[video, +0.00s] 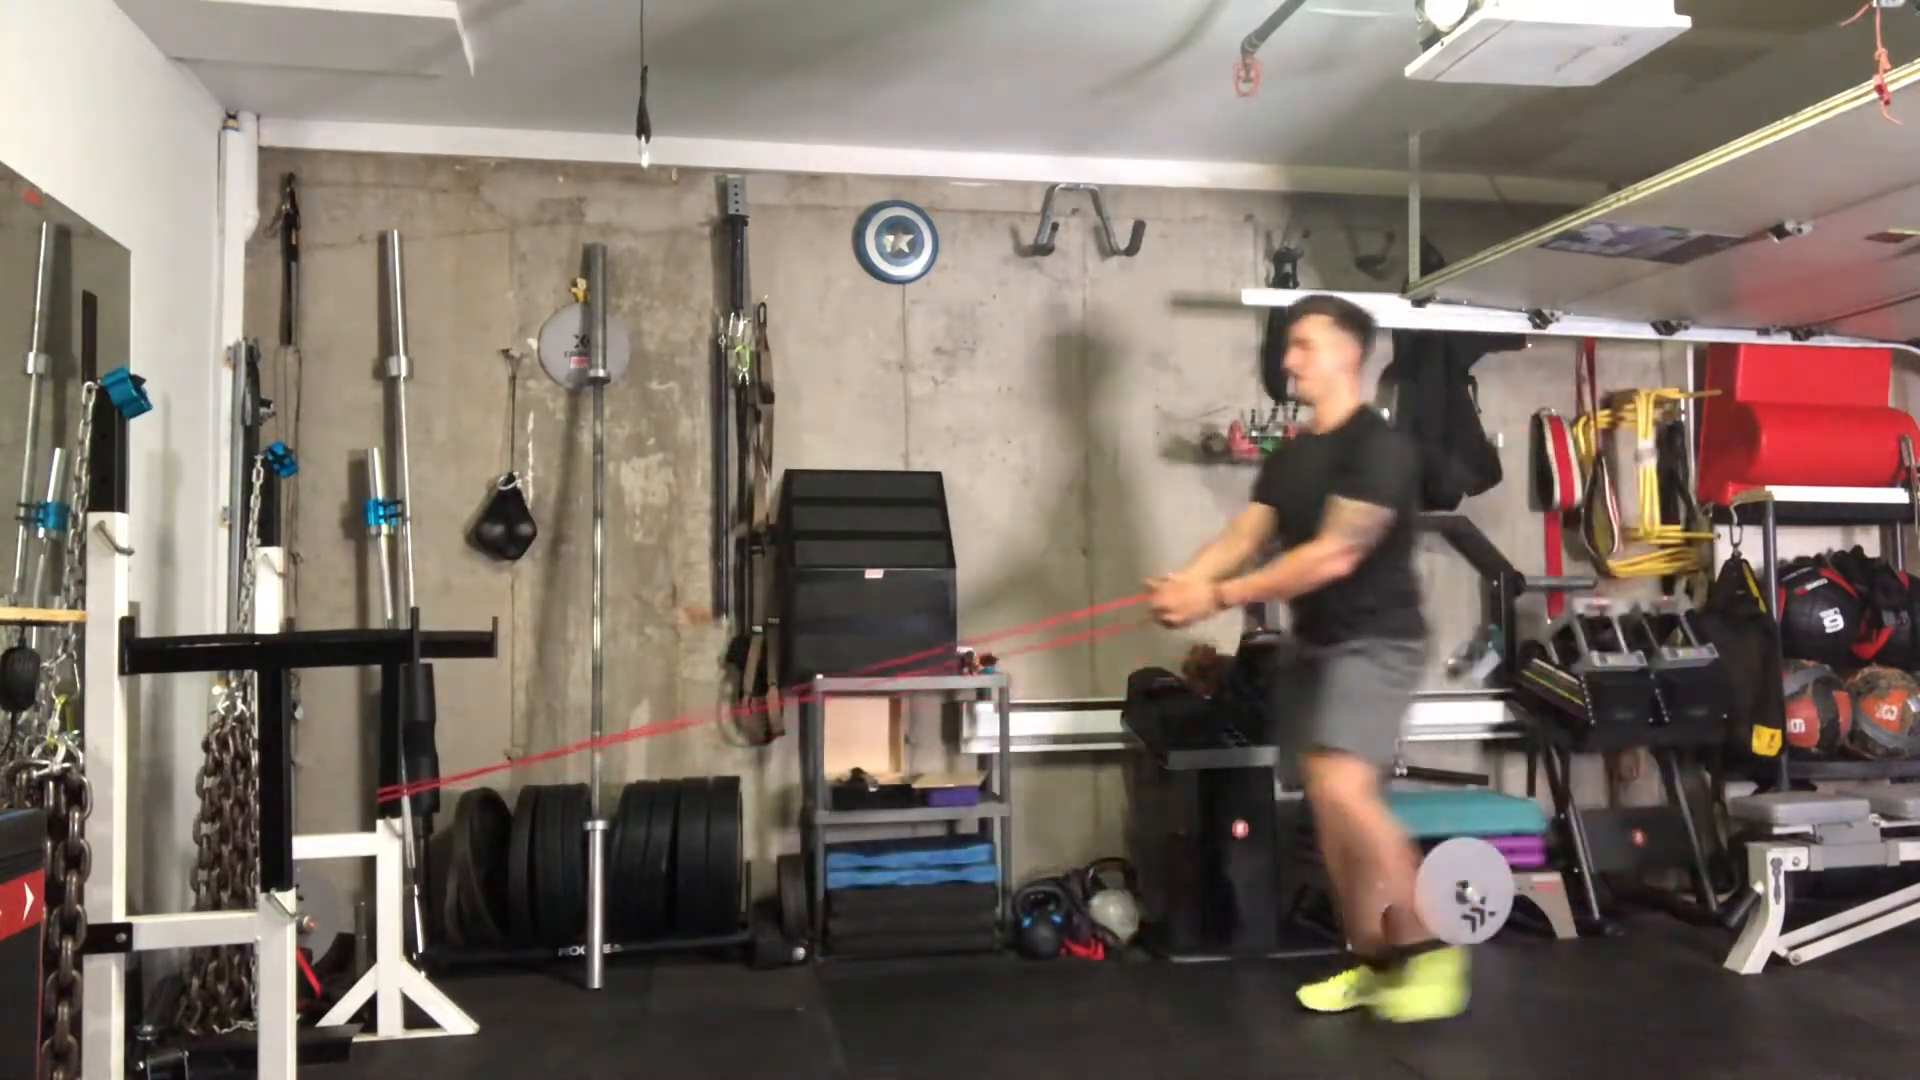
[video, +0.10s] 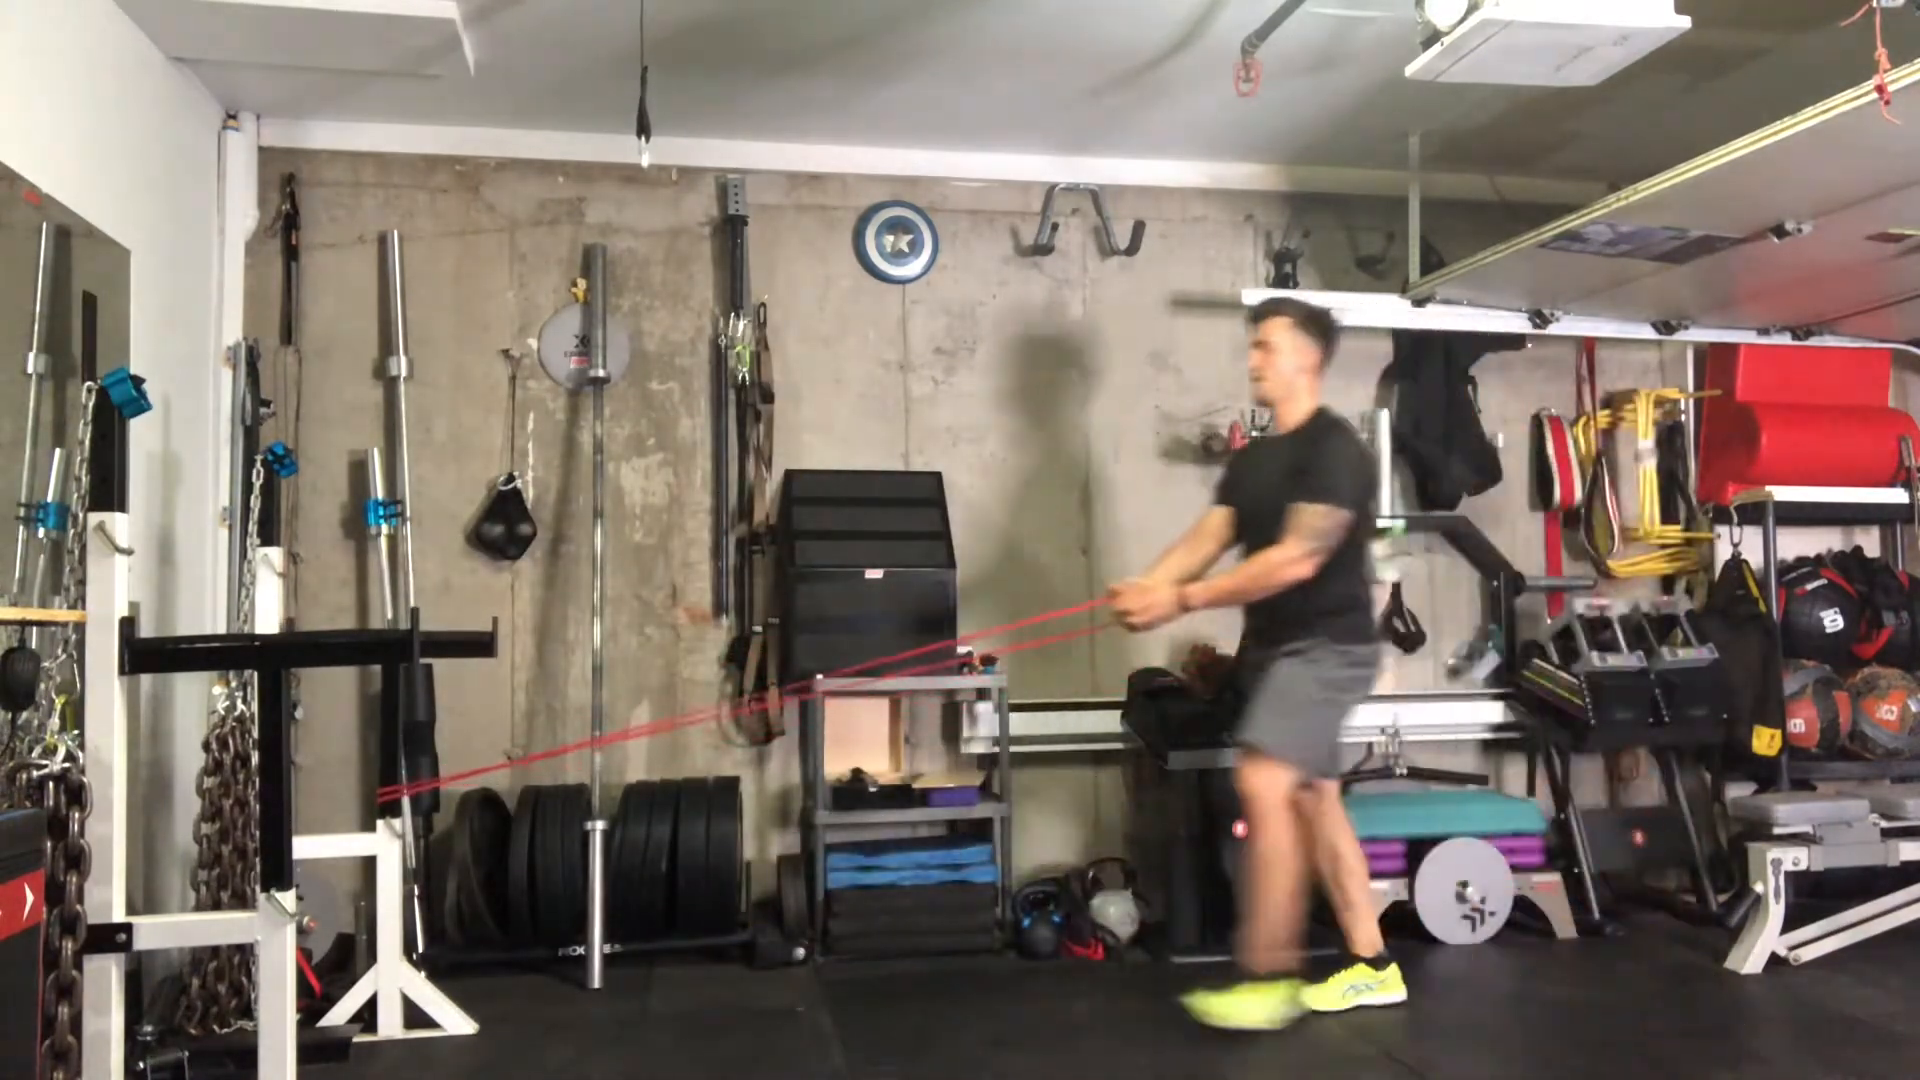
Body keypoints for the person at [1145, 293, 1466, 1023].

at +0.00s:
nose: (1291, 357)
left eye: (1307, 345)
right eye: (1288, 346)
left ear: (1354, 356)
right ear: (1288, 363)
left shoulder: (1382, 446)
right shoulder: (1291, 456)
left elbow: (1335, 554)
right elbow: (1245, 535)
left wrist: (1219, 595)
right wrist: (1188, 580)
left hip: (1377, 642)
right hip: (1317, 645)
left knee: (1340, 780)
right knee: (1328, 790)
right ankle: (1370, 958)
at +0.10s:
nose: (1254, 361)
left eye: (1267, 347)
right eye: (1253, 348)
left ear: (1313, 358)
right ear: (1263, 360)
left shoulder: (1338, 451)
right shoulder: (1250, 459)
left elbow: (1296, 560)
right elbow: (1209, 536)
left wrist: (1184, 598)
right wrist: (1151, 585)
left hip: (1328, 647)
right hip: (1275, 648)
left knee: (1264, 777)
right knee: (1315, 797)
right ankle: (1373, 962)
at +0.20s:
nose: (1212, 367)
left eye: (1227, 355)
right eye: (1213, 355)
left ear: (1274, 369)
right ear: (1228, 369)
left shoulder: (1289, 457)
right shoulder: (1215, 460)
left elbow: (1257, 572)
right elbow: (1173, 544)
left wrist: (1146, 614)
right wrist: (1113, 599)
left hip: (1276, 662)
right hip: (1236, 661)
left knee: (1205, 801)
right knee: (1294, 803)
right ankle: (1370, 956)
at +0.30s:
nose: (1166, 372)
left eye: (1182, 360)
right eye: (1169, 360)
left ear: (1225, 375)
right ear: (1193, 377)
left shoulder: (1236, 470)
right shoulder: (1171, 468)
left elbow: (1207, 591)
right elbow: (1128, 558)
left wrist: (1100, 634)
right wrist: (1073, 617)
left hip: (1210, 670)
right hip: (1178, 665)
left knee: (1136, 805)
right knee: (1229, 808)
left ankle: (1088, 987)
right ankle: (1353, 942)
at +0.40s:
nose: (1121, 365)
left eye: (1137, 354)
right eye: (1125, 352)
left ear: (1178, 371)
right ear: (1154, 371)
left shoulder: (1181, 470)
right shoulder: (1119, 467)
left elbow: (1155, 595)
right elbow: (1078, 562)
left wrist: (1050, 644)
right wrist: (1025, 628)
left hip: (1156, 669)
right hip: (1115, 666)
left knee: (1075, 798)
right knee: (1126, 812)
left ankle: (1080, 990)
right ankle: (1278, 906)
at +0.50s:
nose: (1078, 351)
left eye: (1095, 341)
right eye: (1083, 338)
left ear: (1136, 361)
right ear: (1105, 356)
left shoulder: (1130, 453)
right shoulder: (1081, 453)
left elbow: (1103, 580)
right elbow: (1037, 551)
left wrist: (1003, 628)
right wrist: (980, 613)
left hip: (1113, 663)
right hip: (1071, 658)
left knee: (1060, 801)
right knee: (1044, 791)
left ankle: (1081, 989)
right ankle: (1171, 902)